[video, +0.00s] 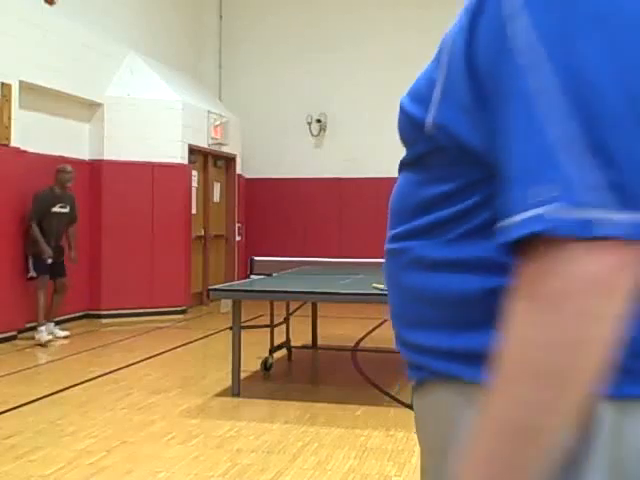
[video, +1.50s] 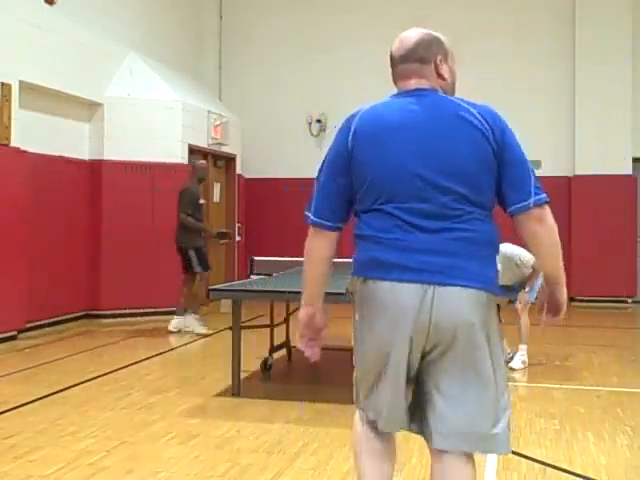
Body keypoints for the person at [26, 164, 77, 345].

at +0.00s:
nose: (70, 178)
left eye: (71, 175)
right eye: (67, 174)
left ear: (71, 177)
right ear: (57, 176)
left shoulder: (70, 198)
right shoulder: (43, 197)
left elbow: (71, 225)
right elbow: (33, 223)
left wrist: (72, 248)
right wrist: (43, 246)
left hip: (57, 247)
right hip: (40, 247)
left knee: (61, 285)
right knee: (43, 284)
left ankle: (50, 324)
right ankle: (41, 327)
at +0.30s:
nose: (90, 171)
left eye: (90, 168)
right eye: (86, 168)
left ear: (82, 173)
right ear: (76, 171)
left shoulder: (76, 192)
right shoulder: (68, 189)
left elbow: (71, 223)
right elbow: (55, 215)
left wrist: (80, 242)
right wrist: (75, 236)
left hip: (58, 242)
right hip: (55, 241)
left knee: (58, 281)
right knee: (71, 278)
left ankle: (48, 323)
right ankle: (61, 322)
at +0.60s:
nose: (112, 174)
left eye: (112, 171)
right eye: (108, 171)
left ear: (107, 175)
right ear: (99, 174)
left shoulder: (99, 195)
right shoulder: (92, 194)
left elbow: (94, 223)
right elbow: (82, 222)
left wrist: (106, 240)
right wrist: (106, 234)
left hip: (83, 245)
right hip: (84, 246)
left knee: (74, 283)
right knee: (102, 280)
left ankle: (51, 322)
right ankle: (107, 323)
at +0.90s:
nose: (139, 171)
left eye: (139, 167)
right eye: (135, 167)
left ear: (136, 171)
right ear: (126, 171)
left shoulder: (130, 191)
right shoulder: (122, 191)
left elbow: (129, 218)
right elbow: (118, 218)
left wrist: (145, 228)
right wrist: (141, 228)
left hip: (126, 244)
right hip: (117, 244)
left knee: (133, 277)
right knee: (120, 280)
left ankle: (110, 313)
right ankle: (111, 321)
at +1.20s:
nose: (174, 175)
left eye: (174, 171)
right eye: (171, 172)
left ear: (167, 175)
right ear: (163, 175)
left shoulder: (165, 196)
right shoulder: (158, 196)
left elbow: (163, 223)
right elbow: (156, 222)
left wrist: (179, 235)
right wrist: (178, 234)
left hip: (161, 249)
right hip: (149, 248)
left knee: (173, 280)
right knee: (143, 285)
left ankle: (175, 319)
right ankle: (117, 318)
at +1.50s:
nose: (206, 174)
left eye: (206, 170)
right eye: (204, 170)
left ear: (199, 172)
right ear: (197, 172)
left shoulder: (195, 191)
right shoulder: (189, 191)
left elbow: (194, 219)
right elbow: (183, 216)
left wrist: (212, 234)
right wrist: (205, 229)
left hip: (190, 240)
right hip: (189, 241)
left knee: (189, 278)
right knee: (201, 275)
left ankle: (179, 316)